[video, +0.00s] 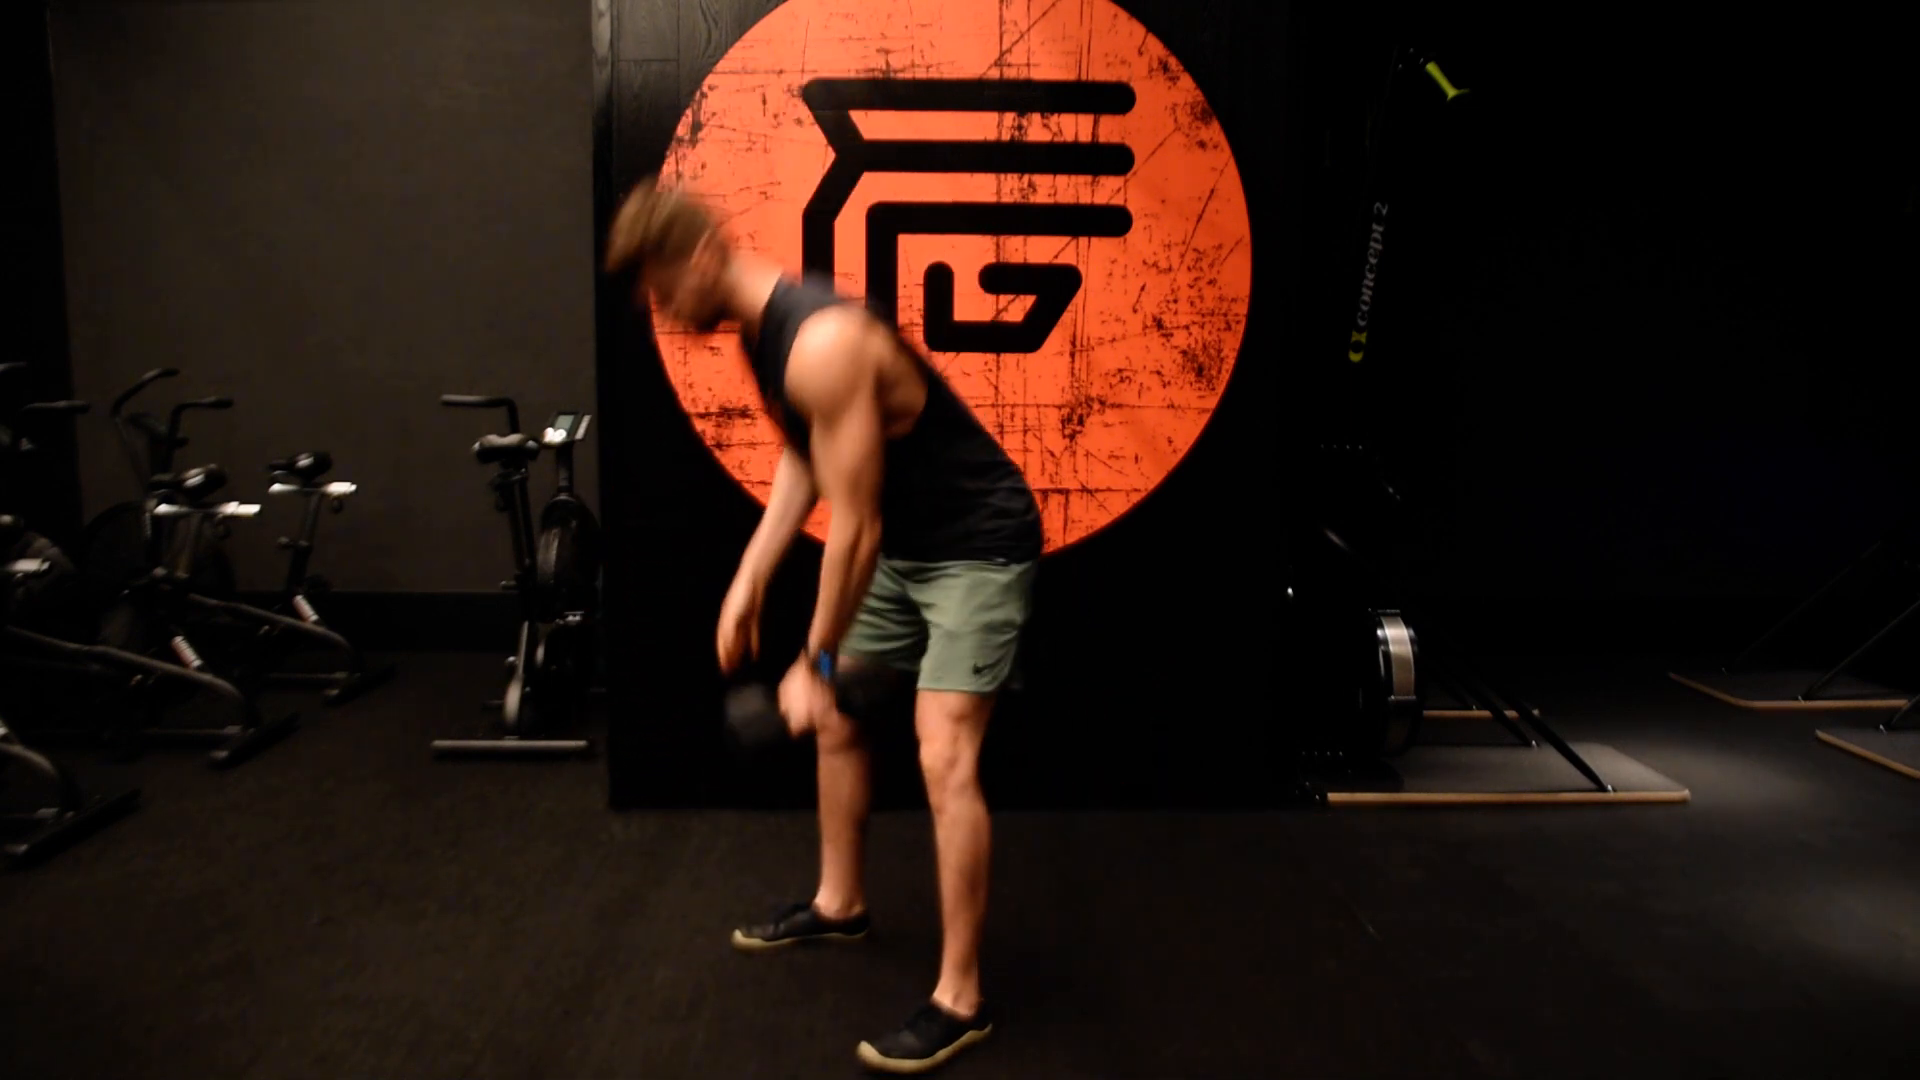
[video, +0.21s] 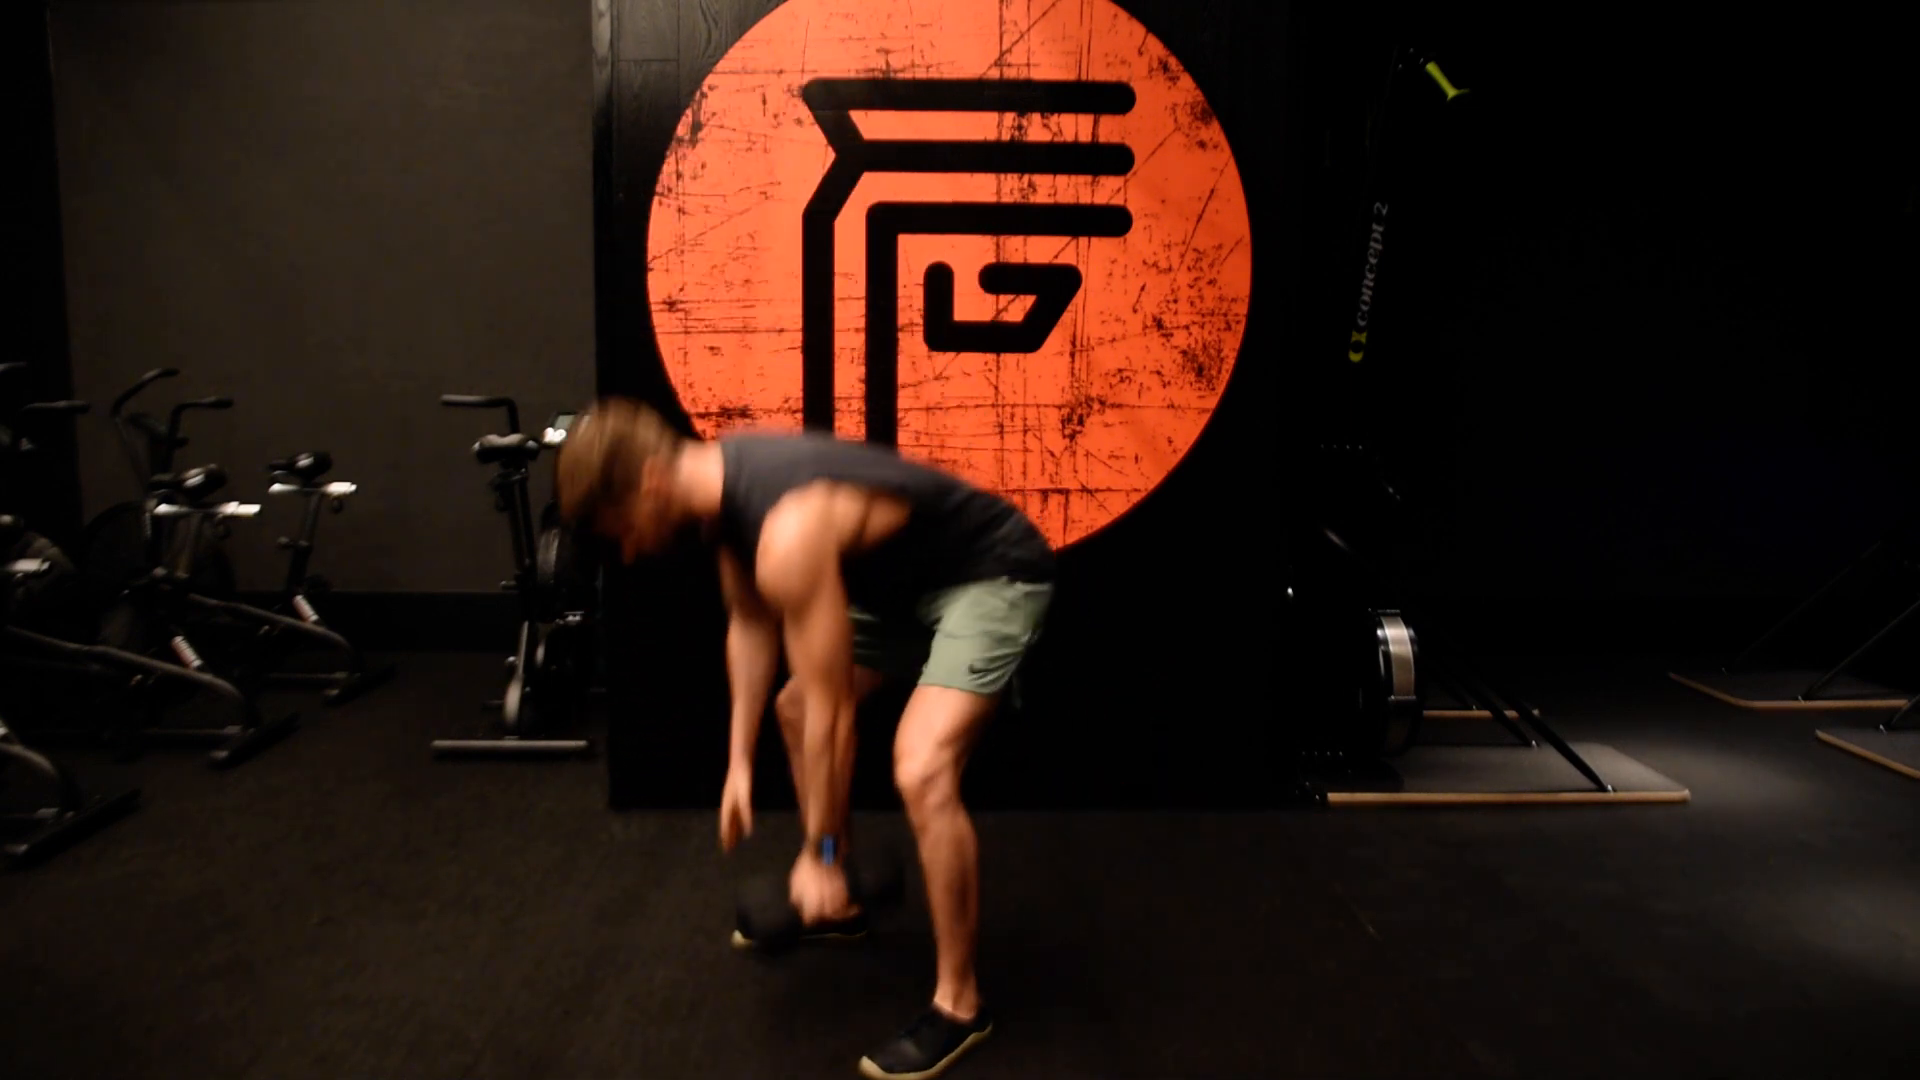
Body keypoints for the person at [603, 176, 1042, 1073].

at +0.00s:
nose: (661, 310)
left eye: (664, 288)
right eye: (650, 294)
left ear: (711, 251)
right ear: (702, 261)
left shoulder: (822, 345)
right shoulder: (765, 332)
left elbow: (858, 525)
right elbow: (800, 464)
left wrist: (819, 662)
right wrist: (747, 589)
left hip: (979, 545)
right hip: (892, 545)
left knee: (946, 751)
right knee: (834, 708)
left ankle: (960, 996)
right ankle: (838, 903)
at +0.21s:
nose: (626, 548)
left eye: (619, 528)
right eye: (613, 535)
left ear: (647, 479)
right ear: (646, 471)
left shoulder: (787, 531)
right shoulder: (721, 492)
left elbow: (829, 706)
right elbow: (749, 622)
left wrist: (823, 852)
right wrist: (740, 761)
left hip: (992, 570)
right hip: (895, 578)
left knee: (924, 766)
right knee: (798, 706)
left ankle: (958, 1005)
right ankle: (832, 899)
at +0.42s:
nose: (627, 696)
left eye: (620, 681)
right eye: (614, 688)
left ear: (640, 634)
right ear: (637, 625)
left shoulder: (768, 651)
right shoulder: (694, 607)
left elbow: (818, 828)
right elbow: (713, 754)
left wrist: (829, 971)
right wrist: (715, 894)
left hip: (979, 616)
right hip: (901, 618)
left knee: (884, 795)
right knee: (757, 722)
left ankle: (957, 1004)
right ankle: (833, 909)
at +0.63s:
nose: (653, 743)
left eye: (640, 734)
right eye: (638, 741)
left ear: (648, 693)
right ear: (644, 674)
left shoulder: (755, 664)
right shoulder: (689, 641)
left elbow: (819, 840)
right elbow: (710, 791)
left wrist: (830, 980)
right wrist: (715, 924)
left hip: (968, 574)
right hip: (893, 580)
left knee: (887, 775)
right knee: (789, 754)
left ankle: (957, 1001)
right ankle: (832, 900)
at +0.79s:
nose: (668, 751)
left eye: (658, 740)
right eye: (657, 748)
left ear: (667, 702)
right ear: (663, 682)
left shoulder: (759, 670)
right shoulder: (690, 648)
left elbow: (817, 845)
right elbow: (714, 793)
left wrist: (829, 980)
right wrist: (717, 924)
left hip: (966, 517)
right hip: (891, 533)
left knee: (966, 750)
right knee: (851, 705)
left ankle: (1124, 889)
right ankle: (966, 813)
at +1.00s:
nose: (599, 766)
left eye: (587, 753)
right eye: (584, 758)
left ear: (607, 717)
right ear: (605, 697)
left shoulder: (738, 703)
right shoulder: (670, 683)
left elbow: (824, 847)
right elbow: (717, 808)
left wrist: (833, 986)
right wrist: (727, 928)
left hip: (977, 659)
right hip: (927, 652)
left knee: (1139, 791)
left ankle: (1326, 820)